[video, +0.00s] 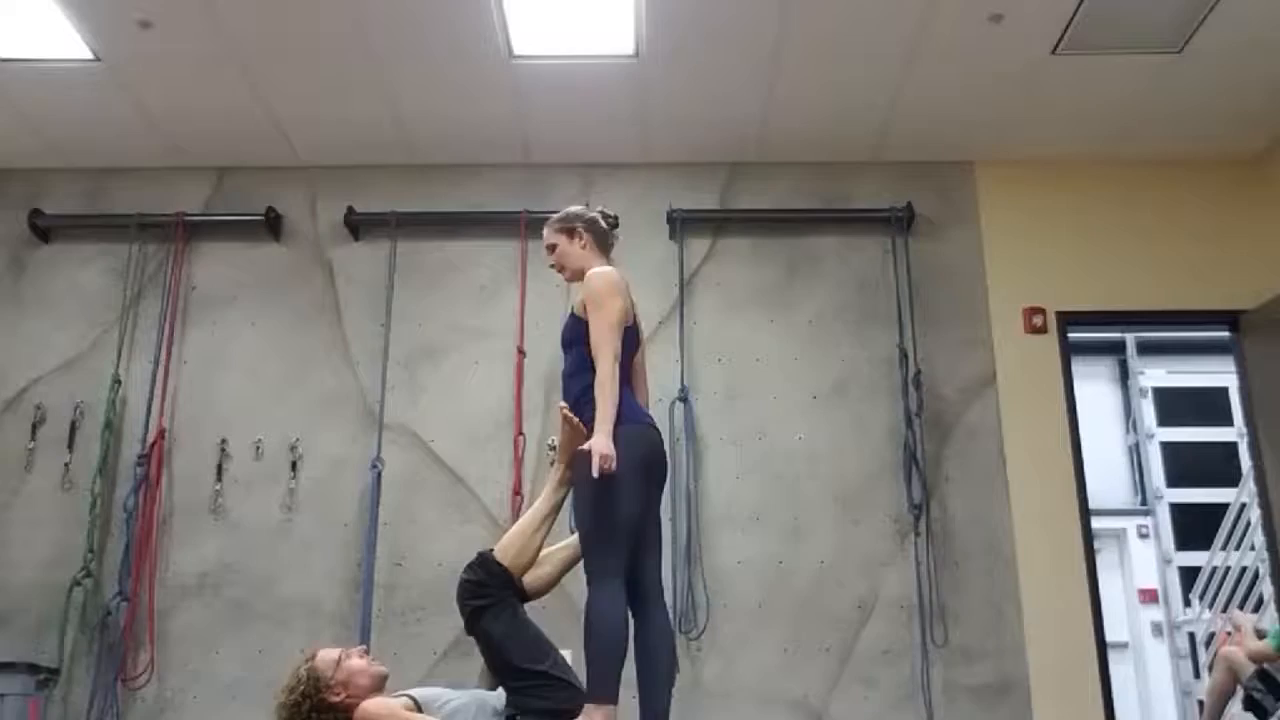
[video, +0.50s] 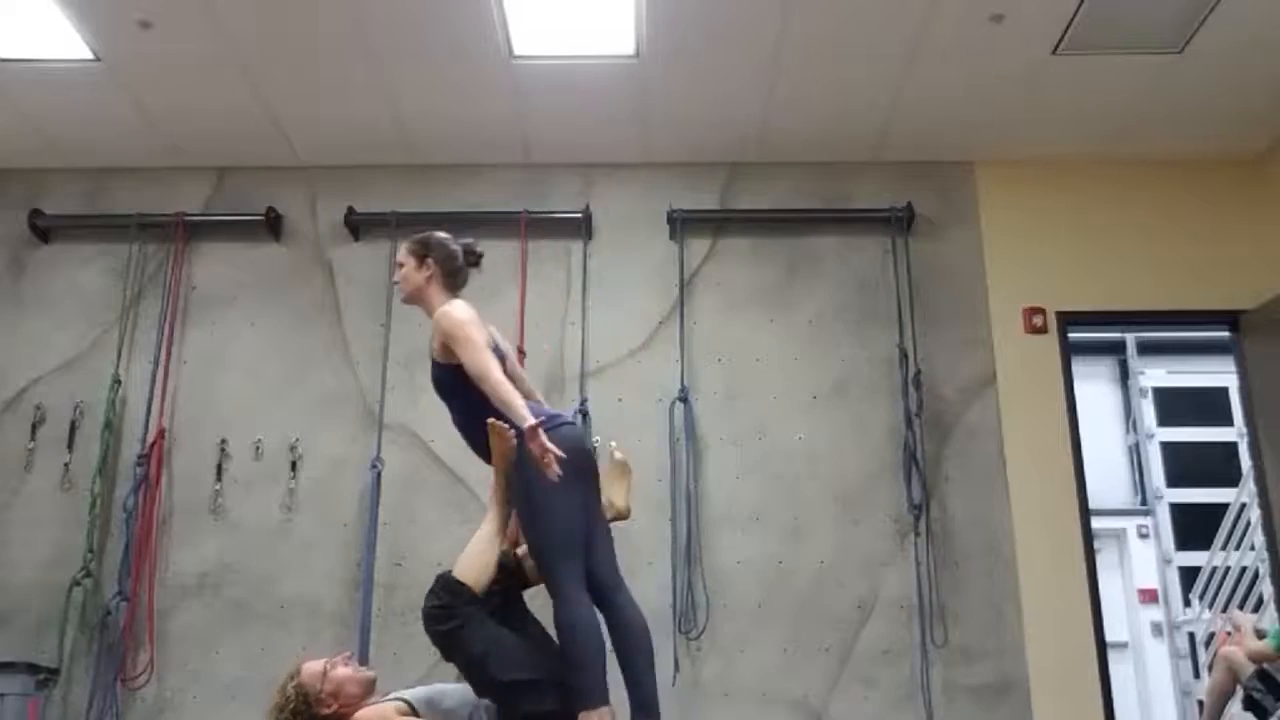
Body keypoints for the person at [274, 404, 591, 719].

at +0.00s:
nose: (359, 648)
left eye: (348, 648)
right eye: (345, 657)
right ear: (339, 695)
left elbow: (484, 699)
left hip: (537, 704)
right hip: (540, 707)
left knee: (494, 595)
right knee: (478, 587)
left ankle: (596, 533)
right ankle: (561, 474)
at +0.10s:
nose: (360, 648)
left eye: (349, 648)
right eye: (346, 657)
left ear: (346, 695)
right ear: (340, 695)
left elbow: (485, 701)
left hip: (537, 705)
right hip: (540, 707)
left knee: (494, 594)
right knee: (480, 586)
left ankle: (597, 529)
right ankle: (562, 472)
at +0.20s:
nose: (357, 652)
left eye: (345, 653)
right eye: (342, 662)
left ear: (343, 698)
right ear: (337, 700)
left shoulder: (388, 705)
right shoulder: (372, 712)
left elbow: (478, 703)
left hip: (538, 705)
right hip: (542, 708)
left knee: (488, 595)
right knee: (472, 592)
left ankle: (588, 532)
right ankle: (552, 476)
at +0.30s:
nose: (356, 653)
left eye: (344, 654)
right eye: (341, 663)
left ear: (341, 699)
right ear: (335, 701)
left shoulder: (384, 705)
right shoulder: (372, 713)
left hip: (548, 706)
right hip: (549, 710)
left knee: (482, 596)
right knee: (471, 596)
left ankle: (577, 533)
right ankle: (547, 477)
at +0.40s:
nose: (350, 655)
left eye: (339, 656)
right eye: (336, 666)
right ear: (333, 703)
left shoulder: (387, 704)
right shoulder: (374, 715)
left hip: (545, 703)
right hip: (541, 707)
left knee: (491, 591)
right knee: (460, 601)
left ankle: (584, 528)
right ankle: (524, 485)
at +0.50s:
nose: (346, 658)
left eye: (333, 659)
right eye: (332, 669)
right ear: (330, 703)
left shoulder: (390, 703)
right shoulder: (380, 714)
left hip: (543, 698)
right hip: (535, 706)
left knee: (489, 584)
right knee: (443, 607)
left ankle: (602, 509)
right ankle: (501, 495)